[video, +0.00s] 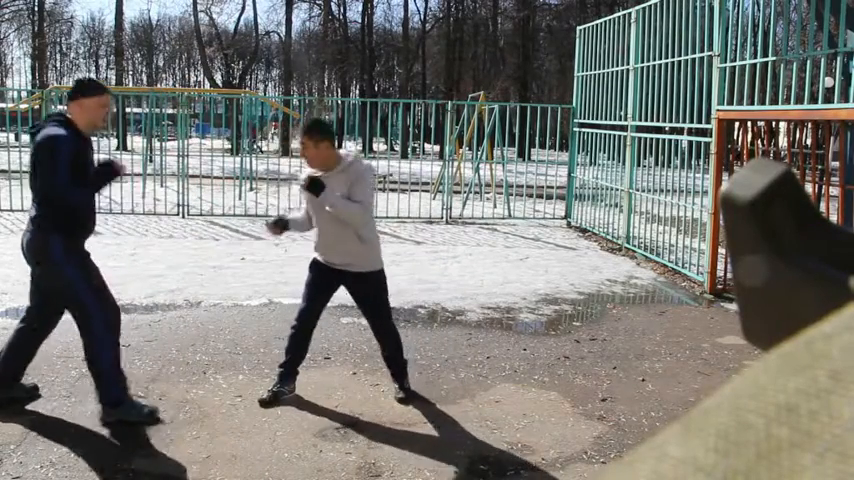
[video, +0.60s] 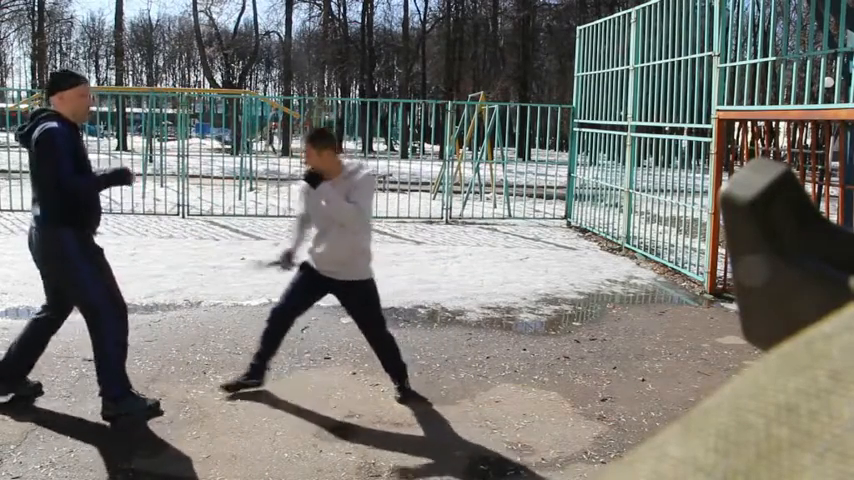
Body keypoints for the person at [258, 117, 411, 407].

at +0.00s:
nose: (304, 154)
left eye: (308, 147)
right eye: (302, 147)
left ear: (328, 146)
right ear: (309, 148)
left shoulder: (360, 171)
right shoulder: (313, 179)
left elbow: (361, 217)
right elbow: (310, 219)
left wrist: (324, 195)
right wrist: (286, 223)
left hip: (364, 266)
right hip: (326, 263)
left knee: (383, 327)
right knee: (304, 320)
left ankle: (401, 381)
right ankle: (285, 381)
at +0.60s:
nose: (306, 159)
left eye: (310, 154)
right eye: (306, 154)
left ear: (329, 153)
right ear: (322, 154)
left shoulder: (362, 178)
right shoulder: (311, 183)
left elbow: (356, 220)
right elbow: (305, 220)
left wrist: (322, 189)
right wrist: (292, 248)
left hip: (354, 274)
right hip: (317, 269)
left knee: (377, 333)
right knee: (280, 316)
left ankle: (402, 383)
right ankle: (255, 374)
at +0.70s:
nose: (283, 158)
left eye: (287, 152)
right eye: (282, 152)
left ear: (303, 150)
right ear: (286, 154)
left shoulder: (335, 174)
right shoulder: (282, 185)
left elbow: (336, 212)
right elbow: (255, 216)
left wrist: (305, 179)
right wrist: (230, 249)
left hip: (339, 272)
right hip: (301, 269)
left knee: (367, 328)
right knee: (265, 318)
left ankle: (401, 383)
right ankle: (241, 376)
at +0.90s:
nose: (229, 171)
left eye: (233, 165)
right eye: (227, 165)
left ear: (252, 163)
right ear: (231, 166)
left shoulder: (286, 178)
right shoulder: (228, 198)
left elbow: (304, 212)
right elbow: (195, 223)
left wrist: (267, 186)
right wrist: (165, 234)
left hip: (311, 265)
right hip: (272, 266)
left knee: (344, 319)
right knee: (247, 319)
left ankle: (384, 372)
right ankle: (239, 378)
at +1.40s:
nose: (225, 159)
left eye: (228, 153)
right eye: (225, 153)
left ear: (245, 149)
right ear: (241, 151)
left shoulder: (288, 170)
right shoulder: (234, 183)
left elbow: (297, 212)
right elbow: (210, 211)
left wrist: (256, 196)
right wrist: (173, 218)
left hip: (309, 260)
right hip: (272, 260)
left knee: (333, 320)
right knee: (250, 316)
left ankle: (358, 373)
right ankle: (239, 376)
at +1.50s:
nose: (240, 155)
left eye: (242, 149)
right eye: (239, 150)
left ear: (260, 145)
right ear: (256, 146)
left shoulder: (300, 170)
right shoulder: (258, 178)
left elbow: (306, 215)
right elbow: (249, 218)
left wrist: (264, 198)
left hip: (314, 264)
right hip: (278, 262)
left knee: (334, 323)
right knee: (255, 314)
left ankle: (358, 375)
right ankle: (240, 376)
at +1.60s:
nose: (253, 152)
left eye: (256, 146)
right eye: (253, 147)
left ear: (274, 144)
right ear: (272, 145)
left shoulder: (311, 171)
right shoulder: (277, 176)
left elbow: (309, 217)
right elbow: (281, 219)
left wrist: (270, 194)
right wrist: (253, 225)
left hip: (318, 267)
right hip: (283, 263)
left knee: (335, 327)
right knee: (256, 314)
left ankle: (359, 376)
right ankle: (240, 376)